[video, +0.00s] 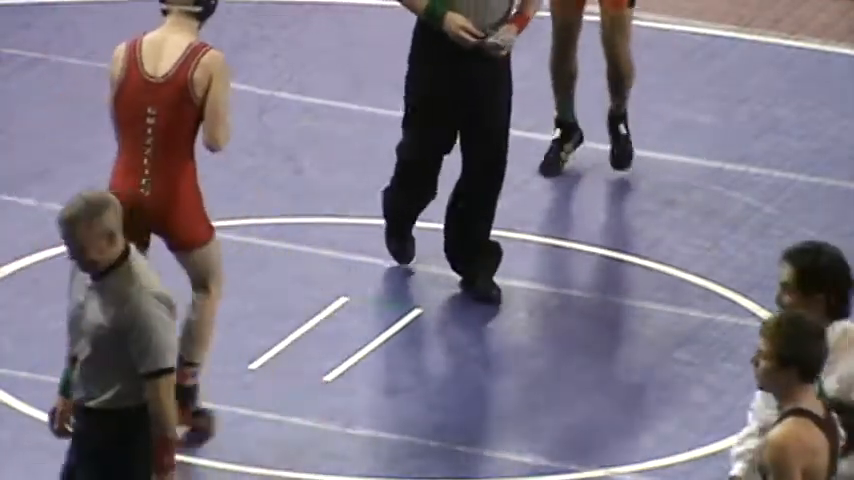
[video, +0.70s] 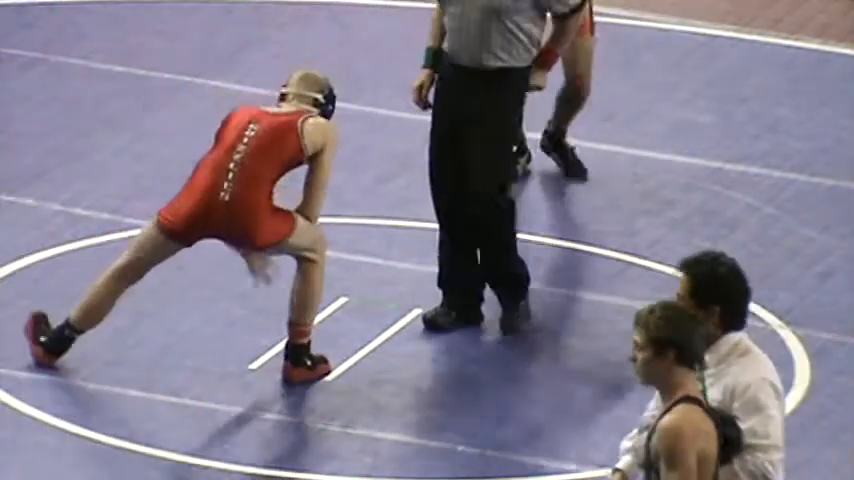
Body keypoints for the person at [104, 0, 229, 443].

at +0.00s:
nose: (203, 13)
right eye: (209, 9)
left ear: (164, 6)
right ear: (207, 10)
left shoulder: (125, 52)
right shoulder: (210, 61)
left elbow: (119, 118)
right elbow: (216, 139)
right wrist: (204, 96)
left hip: (123, 192)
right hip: (175, 199)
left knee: (113, 292)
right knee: (207, 287)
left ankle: (93, 390)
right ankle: (184, 396)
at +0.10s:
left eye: (195, 6)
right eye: (230, 8)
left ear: (187, 8)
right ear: (229, 13)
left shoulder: (147, 53)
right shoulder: (232, 68)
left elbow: (139, 122)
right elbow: (238, 145)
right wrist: (234, 103)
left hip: (144, 199)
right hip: (196, 205)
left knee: (136, 302)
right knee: (230, 284)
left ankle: (118, 393)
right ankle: (240, 373)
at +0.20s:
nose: (230, 17)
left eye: (226, 10)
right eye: (256, 14)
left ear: (218, 13)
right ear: (261, 21)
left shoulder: (176, 59)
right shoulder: (265, 79)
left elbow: (161, 134)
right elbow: (264, 158)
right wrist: (253, 118)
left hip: (164, 205)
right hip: (220, 212)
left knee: (142, 308)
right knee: (254, 290)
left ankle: (120, 407)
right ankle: (283, 358)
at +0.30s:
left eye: (261, 22)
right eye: (298, 31)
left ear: (254, 28)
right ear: (298, 34)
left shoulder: (210, 72)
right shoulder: (300, 98)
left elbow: (193, 137)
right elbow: (292, 177)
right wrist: (279, 142)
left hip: (185, 213)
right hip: (242, 220)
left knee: (145, 295)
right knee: (286, 267)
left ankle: (116, 369)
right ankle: (296, 358)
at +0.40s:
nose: (281, 52)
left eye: (282, 47)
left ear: (278, 50)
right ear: (318, 64)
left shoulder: (234, 86)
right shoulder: (320, 115)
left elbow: (217, 145)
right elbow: (308, 194)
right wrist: (288, 164)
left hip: (197, 213)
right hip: (257, 223)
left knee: (142, 275)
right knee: (303, 251)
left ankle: (113, 355)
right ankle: (297, 357)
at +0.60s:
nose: (286, 84)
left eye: (288, 80)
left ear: (288, 82)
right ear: (327, 98)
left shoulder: (251, 100)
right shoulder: (329, 126)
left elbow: (228, 152)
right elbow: (313, 206)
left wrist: (261, 187)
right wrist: (274, 201)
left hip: (202, 200)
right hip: (259, 216)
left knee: (129, 266)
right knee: (315, 249)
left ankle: (57, 333)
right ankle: (299, 357)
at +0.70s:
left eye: (285, 89)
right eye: (327, 112)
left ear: (284, 94)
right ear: (323, 107)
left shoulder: (244, 114)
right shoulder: (323, 128)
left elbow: (223, 177)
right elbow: (310, 213)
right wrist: (264, 231)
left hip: (192, 208)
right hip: (251, 219)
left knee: (124, 272)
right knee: (314, 247)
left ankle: (56, 342)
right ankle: (300, 359)